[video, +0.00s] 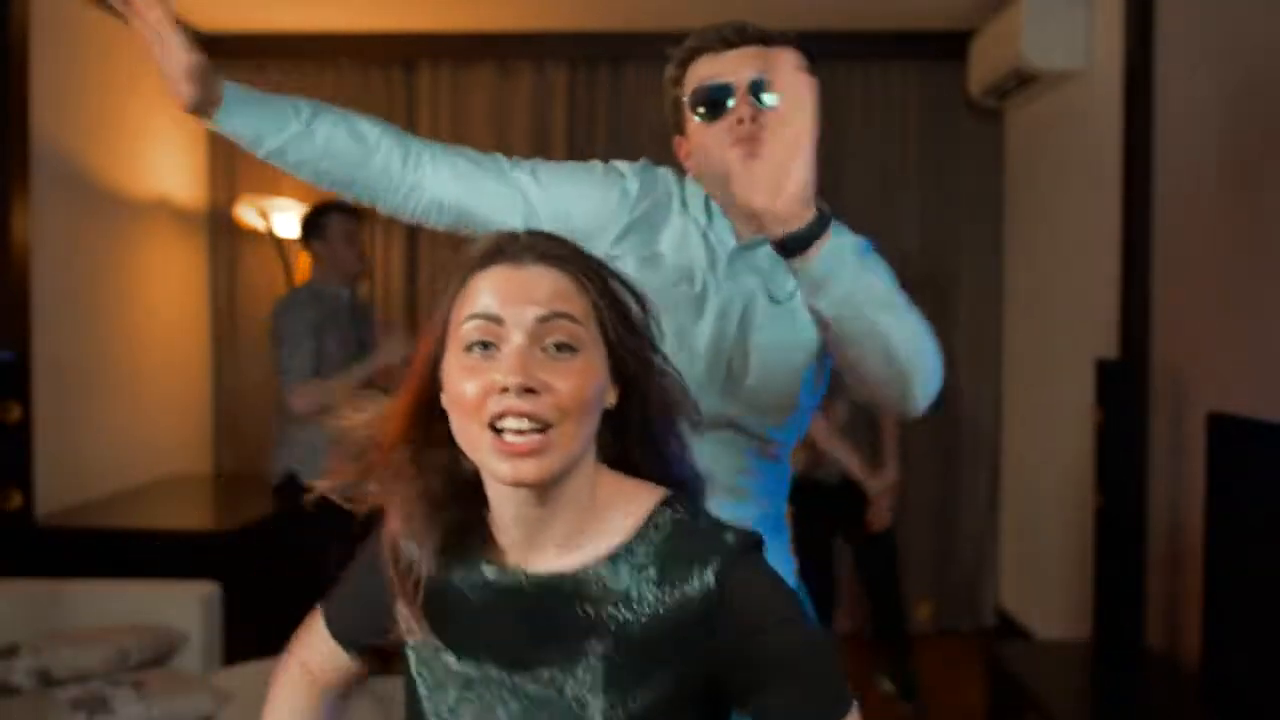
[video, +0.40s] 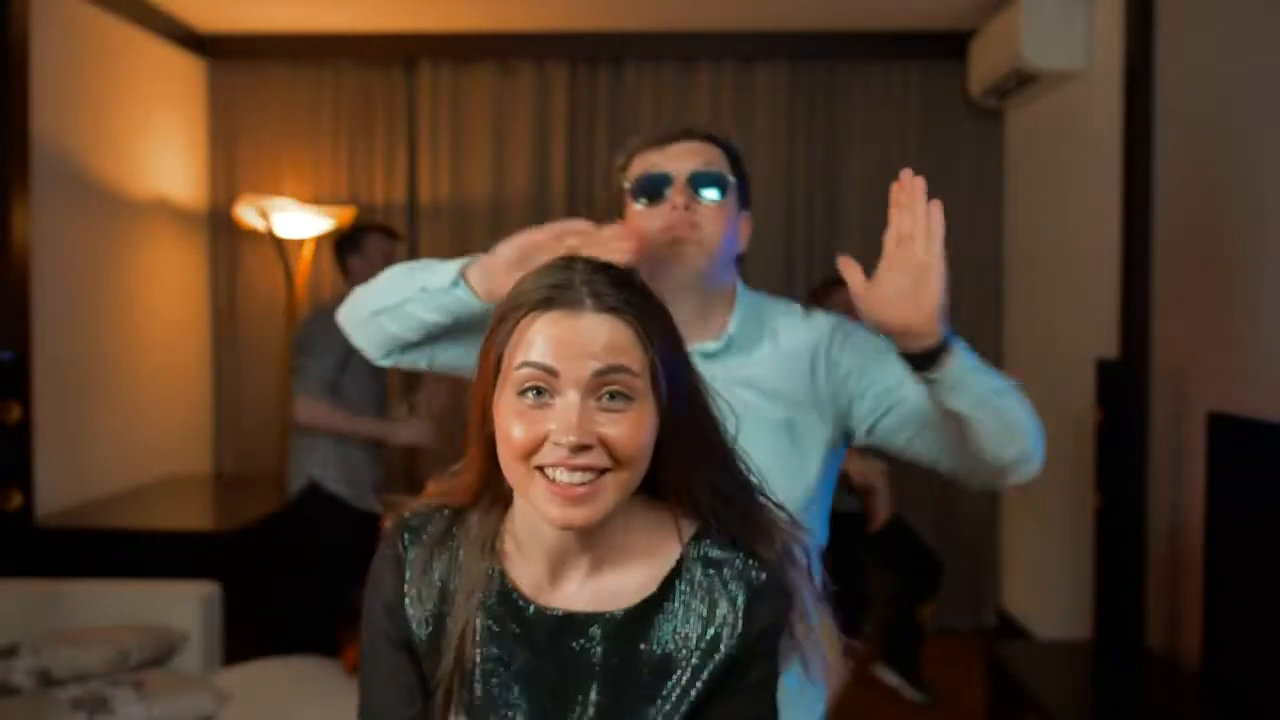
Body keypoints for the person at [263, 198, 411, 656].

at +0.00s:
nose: (360, 251)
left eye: (359, 239)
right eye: (348, 241)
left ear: (355, 244)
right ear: (317, 247)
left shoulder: (357, 307)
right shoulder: (298, 308)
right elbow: (300, 399)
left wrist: (391, 370)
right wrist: (373, 366)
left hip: (354, 472)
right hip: (306, 475)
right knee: (304, 593)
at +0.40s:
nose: (390, 271)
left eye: (393, 261)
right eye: (382, 260)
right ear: (352, 263)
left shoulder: (372, 331)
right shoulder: (330, 325)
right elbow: (307, 408)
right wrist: (394, 430)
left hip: (358, 494)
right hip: (325, 494)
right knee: (325, 616)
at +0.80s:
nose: (380, 254)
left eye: (383, 244)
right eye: (371, 243)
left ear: (384, 251)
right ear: (341, 247)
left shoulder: (380, 318)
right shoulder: (302, 314)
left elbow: (428, 370)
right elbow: (230, 374)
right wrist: (283, 441)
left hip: (388, 485)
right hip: (332, 487)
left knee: (387, 603)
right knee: (334, 609)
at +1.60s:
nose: (340, 271)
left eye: (339, 260)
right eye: (326, 265)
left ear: (345, 260)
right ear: (299, 277)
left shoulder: (379, 323)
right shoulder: (286, 346)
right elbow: (288, 445)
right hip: (319, 496)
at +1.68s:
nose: (342, 264)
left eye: (343, 253)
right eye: (327, 258)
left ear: (351, 256)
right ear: (302, 269)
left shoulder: (373, 314)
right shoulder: (296, 332)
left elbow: (379, 389)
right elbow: (304, 433)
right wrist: (386, 389)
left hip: (378, 486)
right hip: (321, 490)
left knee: (396, 610)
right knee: (322, 614)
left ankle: (357, 686)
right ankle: (315, 688)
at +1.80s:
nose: (356, 251)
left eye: (355, 240)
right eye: (340, 246)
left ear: (360, 239)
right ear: (316, 258)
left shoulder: (372, 302)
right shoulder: (307, 317)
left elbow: (386, 388)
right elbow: (327, 411)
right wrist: (400, 354)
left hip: (379, 479)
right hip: (330, 487)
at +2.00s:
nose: (377, 248)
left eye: (378, 238)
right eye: (364, 242)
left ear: (382, 242)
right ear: (338, 251)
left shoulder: (366, 300)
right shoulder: (340, 300)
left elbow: (356, 382)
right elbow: (352, 387)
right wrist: (417, 341)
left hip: (362, 471)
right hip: (338, 473)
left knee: (365, 589)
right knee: (348, 591)